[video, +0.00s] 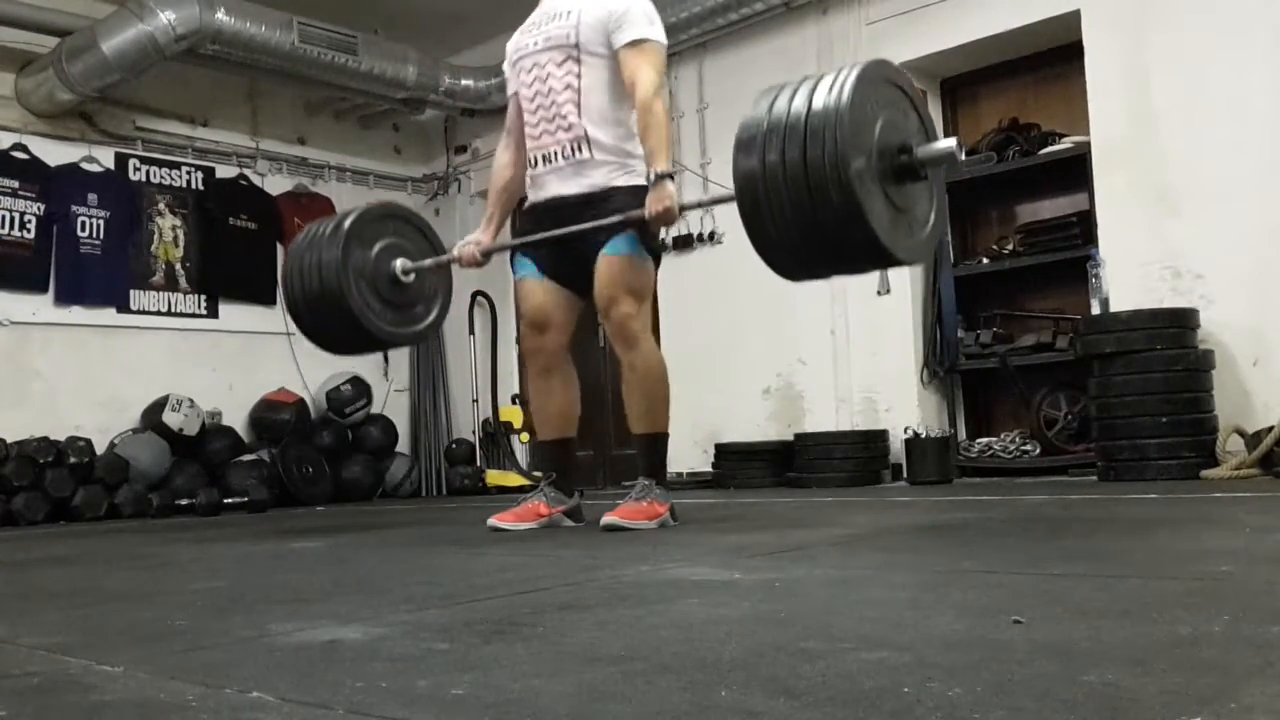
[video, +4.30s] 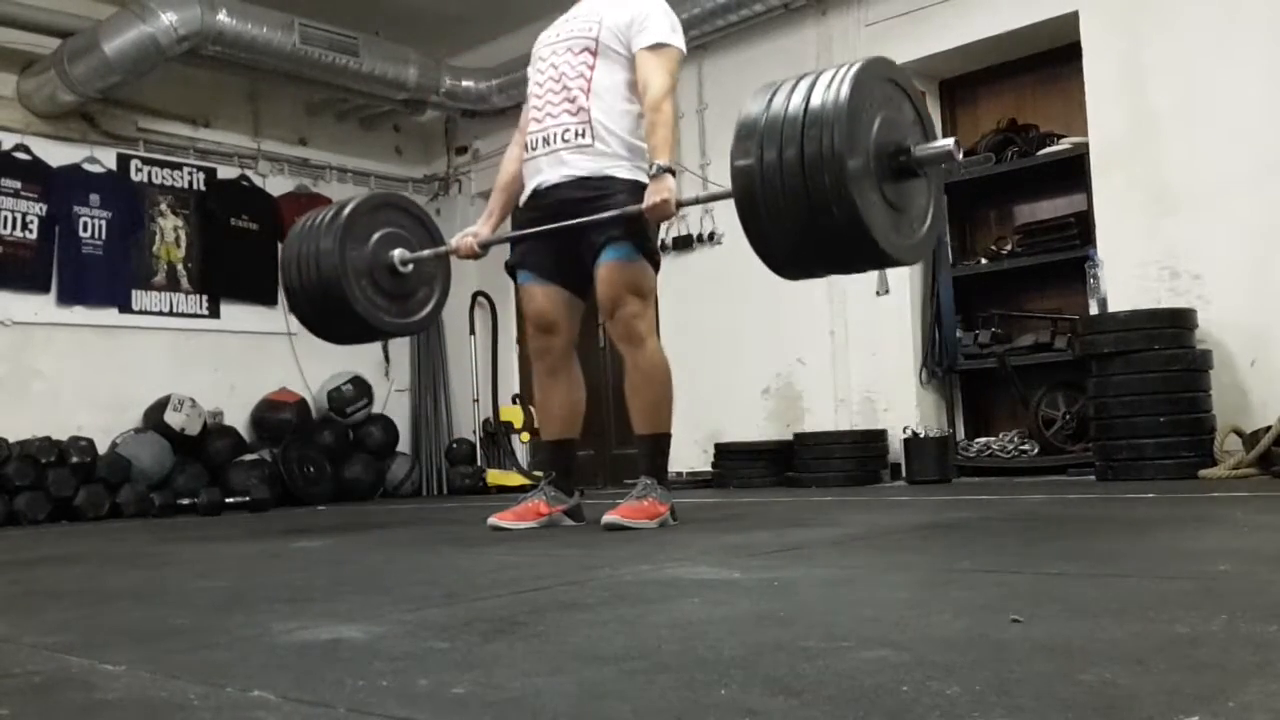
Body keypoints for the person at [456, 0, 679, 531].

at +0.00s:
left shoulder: (621, 5)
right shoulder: (519, 41)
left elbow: (647, 89)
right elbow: (513, 143)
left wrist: (661, 176)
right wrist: (488, 229)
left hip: (617, 194)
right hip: (544, 207)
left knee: (625, 320)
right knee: (540, 336)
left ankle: (653, 487)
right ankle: (558, 492)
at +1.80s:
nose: (474, 32)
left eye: (479, 12)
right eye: (463, 22)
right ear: (463, 26)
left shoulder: (597, 56)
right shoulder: (495, 102)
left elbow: (646, 163)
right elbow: (506, 207)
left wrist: (670, 261)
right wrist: (497, 298)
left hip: (657, 207)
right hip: (586, 225)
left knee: (653, 327)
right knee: (546, 338)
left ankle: (658, 490)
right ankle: (556, 493)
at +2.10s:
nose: (459, 96)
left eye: (465, 77)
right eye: (448, 86)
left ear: (504, 56)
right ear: (443, 88)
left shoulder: (591, 114)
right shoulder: (489, 156)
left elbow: (643, 221)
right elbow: (503, 262)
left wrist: (669, 323)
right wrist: (494, 353)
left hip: (666, 215)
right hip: (596, 243)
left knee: (643, 310)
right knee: (540, 333)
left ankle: (656, 489)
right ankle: (556, 493)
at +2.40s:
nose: (456, 174)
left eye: (460, 156)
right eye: (444, 165)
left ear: (496, 133)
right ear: (436, 165)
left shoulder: (583, 174)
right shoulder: (490, 219)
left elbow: (643, 279)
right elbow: (504, 317)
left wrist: (673, 386)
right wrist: (497, 409)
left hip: (673, 234)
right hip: (599, 267)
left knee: (637, 318)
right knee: (531, 339)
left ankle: (657, 490)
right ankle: (558, 494)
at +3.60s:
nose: (449, 91)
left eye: (456, 71)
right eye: (439, 80)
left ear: (498, 55)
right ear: (436, 85)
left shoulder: (578, 118)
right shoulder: (482, 159)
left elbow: (639, 217)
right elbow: (498, 257)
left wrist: (663, 319)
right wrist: (487, 351)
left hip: (657, 220)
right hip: (586, 244)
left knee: (633, 312)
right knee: (532, 334)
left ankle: (653, 489)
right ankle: (556, 491)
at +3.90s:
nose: (465, 6)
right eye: (463, 2)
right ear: (481, 13)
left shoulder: (589, 48)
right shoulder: (491, 93)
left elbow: (638, 150)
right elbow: (503, 197)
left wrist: (663, 245)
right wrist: (489, 288)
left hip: (636, 205)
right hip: (569, 221)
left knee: (636, 317)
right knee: (533, 337)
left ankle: (654, 488)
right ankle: (556, 491)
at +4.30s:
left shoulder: (643, 8)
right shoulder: (547, 39)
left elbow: (657, 95)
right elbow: (523, 139)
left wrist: (662, 171)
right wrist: (487, 223)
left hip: (612, 185)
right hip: (542, 198)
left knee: (630, 320)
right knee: (544, 331)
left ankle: (653, 487)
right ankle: (558, 491)